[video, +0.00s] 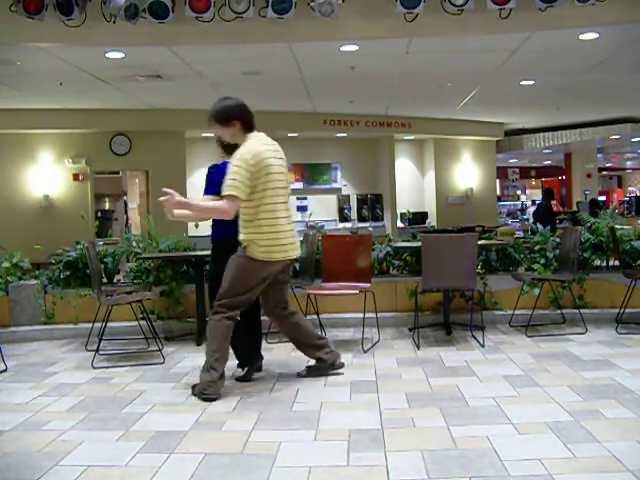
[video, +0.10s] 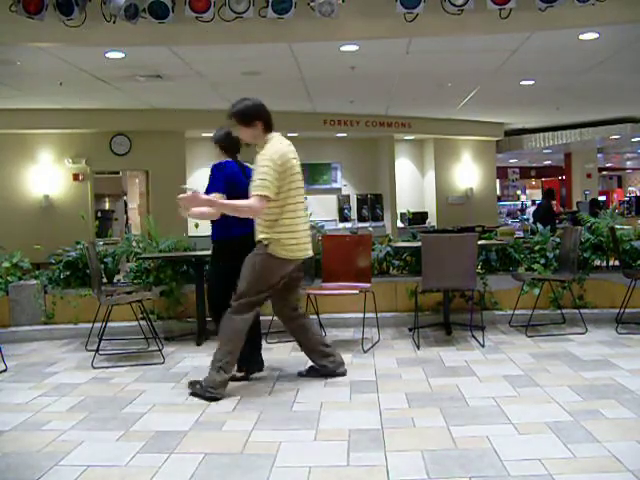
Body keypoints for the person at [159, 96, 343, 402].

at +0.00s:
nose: (218, 135)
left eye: (219, 128)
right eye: (216, 129)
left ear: (236, 124)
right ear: (243, 124)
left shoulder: (245, 155)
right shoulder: (273, 147)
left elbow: (228, 209)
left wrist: (184, 203)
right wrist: (199, 208)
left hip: (259, 251)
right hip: (285, 248)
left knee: (223, 310)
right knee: (278, 309)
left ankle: (210, 383)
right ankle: (327, 357)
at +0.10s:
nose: (238, 135)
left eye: (240, 129)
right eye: (236, 130)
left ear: (256, 124)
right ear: (260, 124)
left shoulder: (270, 153)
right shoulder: (282, 146)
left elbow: (258, 207)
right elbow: (264, 202)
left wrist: (212, 203)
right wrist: (219, 205)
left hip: (276, 248)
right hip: (296, 245)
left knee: (240, 308)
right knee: (288, 310)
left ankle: (215, 382)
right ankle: (329, 363)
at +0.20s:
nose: (254, 135)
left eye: (257, 128)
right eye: (253, 128)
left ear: (276, 126)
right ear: (277, 127)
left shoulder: (291, 154)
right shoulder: (289, 150)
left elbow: (284, 206)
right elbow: (280, 192)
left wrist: (235, 199)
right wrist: (256, 180)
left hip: (292, 246)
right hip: (301, 245)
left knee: (258, 310)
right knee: (292, 312)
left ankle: (224, 379)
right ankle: (329, 363)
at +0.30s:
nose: (269, 136)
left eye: (271, 130)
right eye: (267, 130)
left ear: (288, 126)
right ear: (285, 128)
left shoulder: (308, 155)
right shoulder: (290, 153)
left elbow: (311, 203)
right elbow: (278, 187)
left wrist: (267, 194)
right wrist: (257, 190)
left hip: (307, 242)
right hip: (295, 240)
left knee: (273, 305)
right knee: (292, 308)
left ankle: (241, 377)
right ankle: (328, 362)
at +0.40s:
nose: (208, 150)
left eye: (213, 145)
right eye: (205, 146)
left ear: (227, 148)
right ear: (204, 151)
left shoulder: (240, 172)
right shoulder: (212, 180)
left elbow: (257, 210)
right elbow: (214, 224)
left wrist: (263, 192)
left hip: (242, 247)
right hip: (219, 249)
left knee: (230, 306)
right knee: (201, 303)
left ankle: (248, 363)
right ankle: (227, 351)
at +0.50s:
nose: (211, 141)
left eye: (216, 137)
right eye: (207, 138)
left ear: (228, 141)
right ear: (203, 145)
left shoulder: (244, 166)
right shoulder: (202, 176)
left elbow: (267, 199)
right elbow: (199, 218)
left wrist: (284, 185)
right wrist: (186, 252)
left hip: (244, 245)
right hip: (214, 246)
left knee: (235, 306)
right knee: (203, 305)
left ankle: (245, 366)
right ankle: (210, 365)